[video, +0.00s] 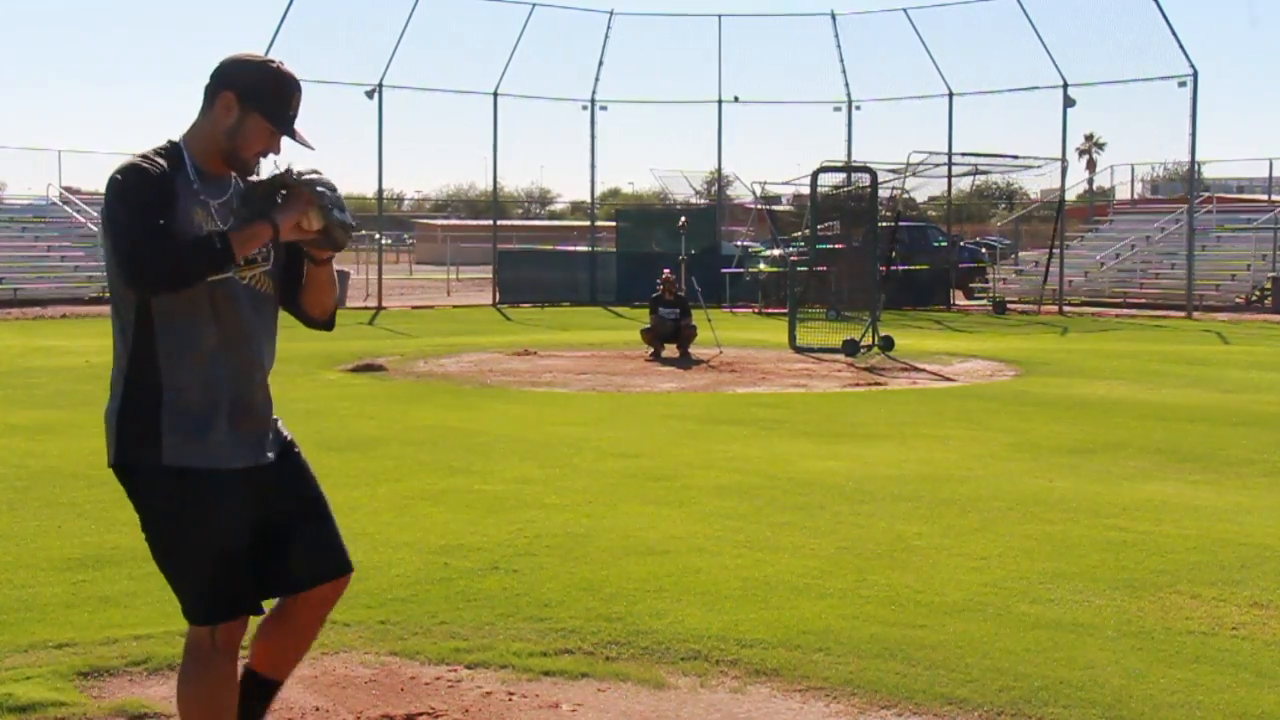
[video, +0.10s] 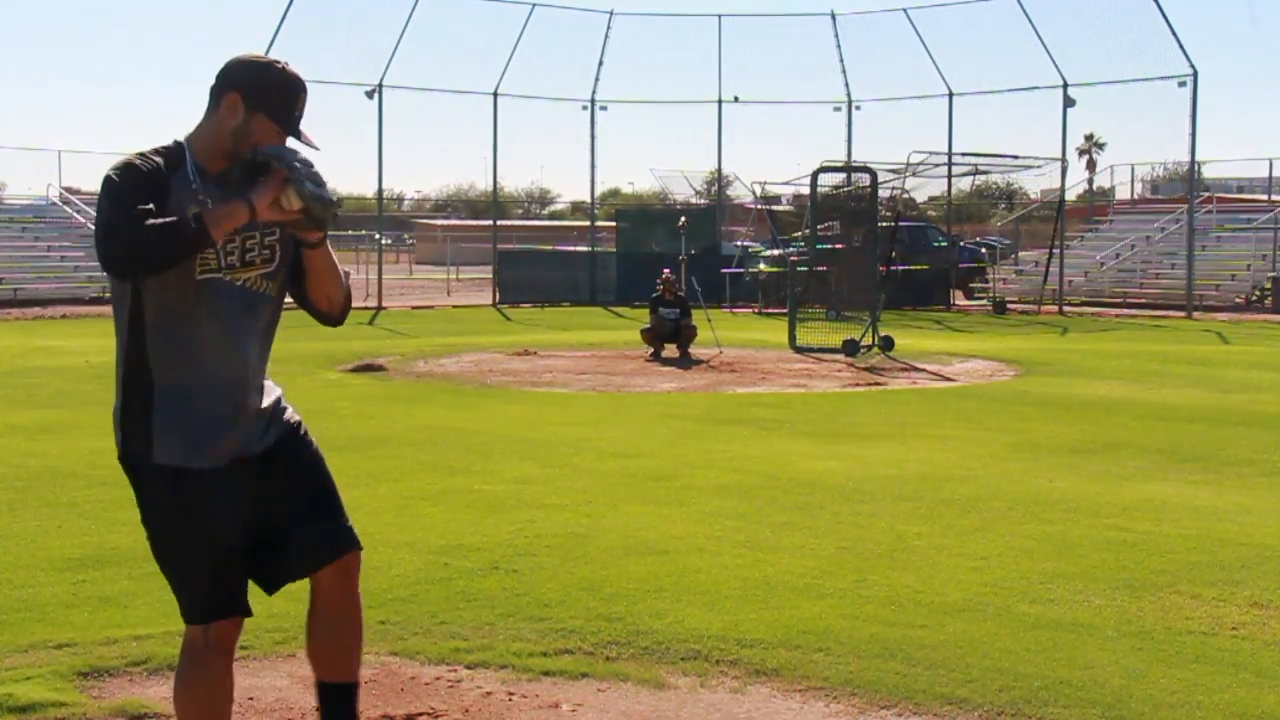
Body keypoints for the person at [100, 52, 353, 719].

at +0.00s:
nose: (275, 147)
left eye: (280, 134)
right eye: (271, 129)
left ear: (241, 116)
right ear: (227, 106)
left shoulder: (259, 198)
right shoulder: (141, 182)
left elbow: (317, 310)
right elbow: (148, 271)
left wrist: (318, 247)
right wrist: (268, 228)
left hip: (254, 433)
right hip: (171, 444)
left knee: (322, 575)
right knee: (220, 620)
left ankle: (244, 712)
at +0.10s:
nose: (282, 147)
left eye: (288, 134)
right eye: (276, 128)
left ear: (250, 118)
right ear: (231, 107)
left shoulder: (271, 196)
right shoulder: (138, 178)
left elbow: (333, 308)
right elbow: (123, 253)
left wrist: (309, 229)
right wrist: (244, 210)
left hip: (259, 419)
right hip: (174, 443)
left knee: (338, 557)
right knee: (216, 620)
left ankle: (340, 717)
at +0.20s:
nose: (284, 150)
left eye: (294, 139)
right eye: (279, 133)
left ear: (294, 140)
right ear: (239, 111)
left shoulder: (281, 190)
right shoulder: (149, 174)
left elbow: (348, 301)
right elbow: (109, 241)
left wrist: (306, 215)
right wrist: (229, 190)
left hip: (270, 410)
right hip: (182, 439)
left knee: (344, 532)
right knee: (215, 618)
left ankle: (412, 701)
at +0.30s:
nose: (291, 152)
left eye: (303, 140)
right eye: (283, 135)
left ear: (304, 145)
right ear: (246, 125)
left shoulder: (297, 200)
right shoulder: (167, 174)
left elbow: (365, 293)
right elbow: (110, 233)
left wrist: (314, 200)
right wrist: (229, 177)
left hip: (275, 394)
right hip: (187, 426)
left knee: (347, 460)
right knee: (218, 612)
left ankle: (423, 634)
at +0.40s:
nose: (298, 152)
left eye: (311, 144)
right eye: (292, 137)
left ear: (317, 148)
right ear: (257, 124)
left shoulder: (309, 201)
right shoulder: (181, 178)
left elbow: (376, 286)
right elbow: (127, 231)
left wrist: (322, 193)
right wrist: (235, 165)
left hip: (272, 387)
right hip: (192, 418)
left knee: (341, 388)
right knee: (223, 608)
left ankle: (399, 581)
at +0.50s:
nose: (337, 162)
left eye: (342, 149)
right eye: (332, 145)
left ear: (311, 139)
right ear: (291, 130)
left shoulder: (328, 210)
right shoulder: (202, 187)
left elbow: (369, 309)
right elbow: (132, 254)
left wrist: (324, 223)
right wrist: (245, 193)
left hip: (274, 384)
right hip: (197, 414)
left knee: (346, 378)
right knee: (234, 600)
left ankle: (382, 580)